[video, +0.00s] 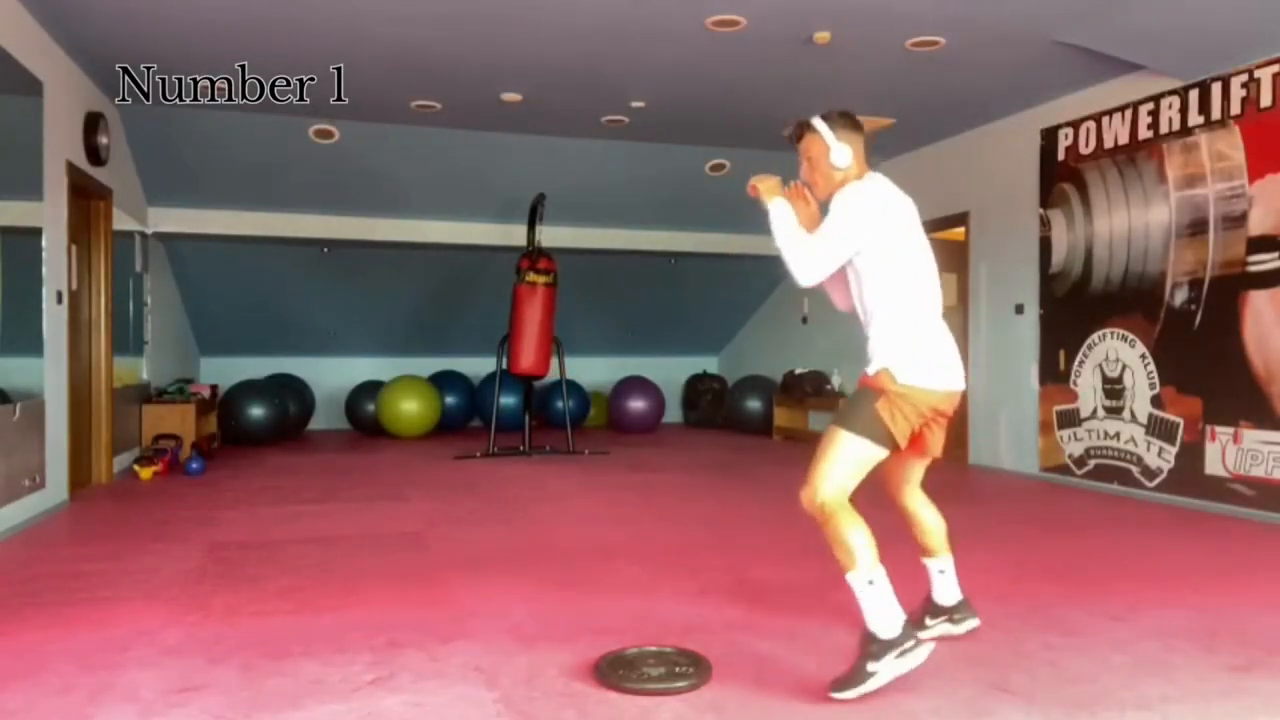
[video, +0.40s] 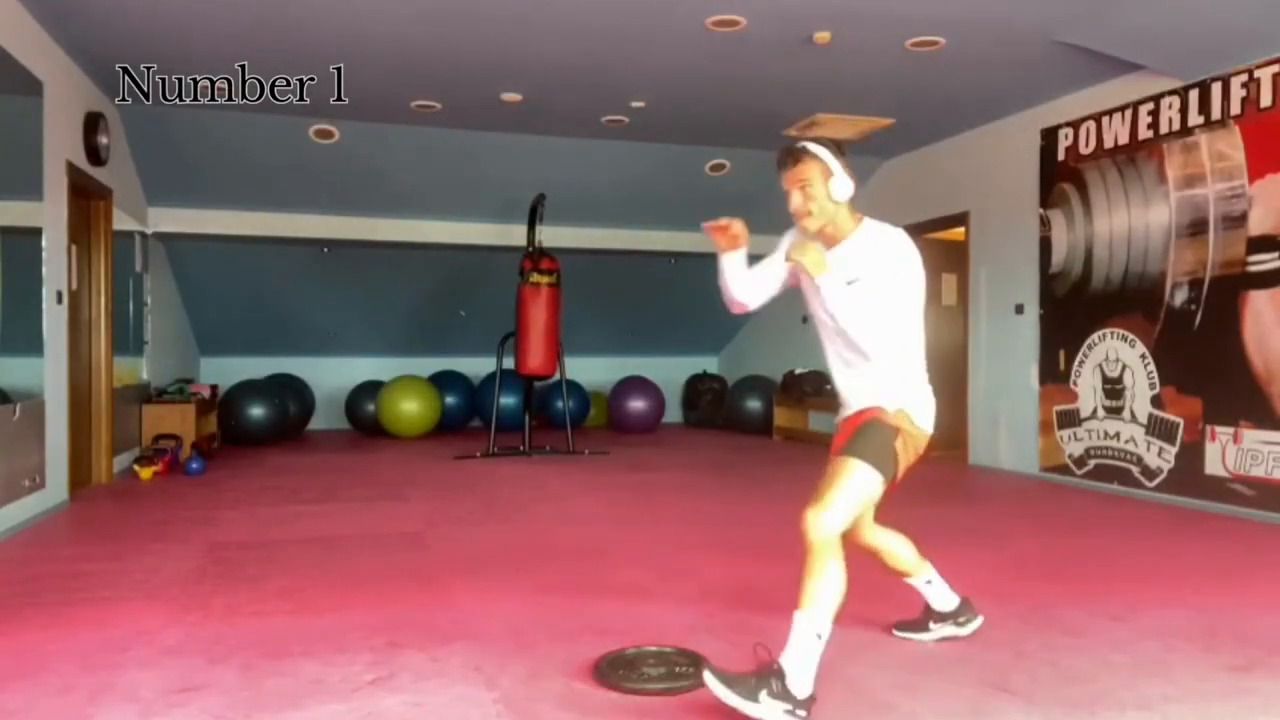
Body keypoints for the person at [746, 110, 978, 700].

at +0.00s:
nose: (805, 174)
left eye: (808, 161)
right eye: (803, 164)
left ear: (837, 153)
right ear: (852, 154)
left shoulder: (859, 200)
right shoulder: (890, 199)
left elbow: (805, 267)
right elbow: (852, 298)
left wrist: (775, 204)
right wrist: (809, 224)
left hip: (902, 375)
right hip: (940, 375)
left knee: (823, 494)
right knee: (906, 487)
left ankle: (890, 636)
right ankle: (950, 603)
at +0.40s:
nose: (796, 202)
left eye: (805, 188)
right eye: (789, 193)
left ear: (841, 186)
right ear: (789, 198)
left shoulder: (893, 248)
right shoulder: (802, 244)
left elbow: (889, 343)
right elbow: (742, 299)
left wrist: (821, 275)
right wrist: (733, 254)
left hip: (900, 406)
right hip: (856, 407)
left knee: (822, 523)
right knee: (859, 528)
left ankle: (793, 684)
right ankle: (950, 608)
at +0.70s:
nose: (719, 171)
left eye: (720, 156)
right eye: (715, 159)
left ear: (746, 145)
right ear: (781, 144)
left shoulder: (765, 198)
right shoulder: (843, 191)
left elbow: (728, 291)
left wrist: (698, 226)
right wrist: (746, 212)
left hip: (810, 392)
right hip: (881, 397)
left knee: (706, 505)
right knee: (855, 521)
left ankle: (735, 675)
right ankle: (923, 649)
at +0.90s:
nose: (707, 193)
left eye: (709, 181)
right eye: (707, 182)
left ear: (732, 175)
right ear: (771, 174)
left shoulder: (713, 227)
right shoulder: (836, 230)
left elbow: (663, 325)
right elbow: (821, 310)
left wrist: (672, 267)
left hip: (734, 436)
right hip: (826, 441)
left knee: (648, 560)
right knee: (871, 569)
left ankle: (582, 704)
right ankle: (919, 711)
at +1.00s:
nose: (672, 184)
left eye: (673, 173)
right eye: (673, 173)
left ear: (687, 171)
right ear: (736, 175)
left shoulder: (660, 225)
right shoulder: (794, 229)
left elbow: (625, 329)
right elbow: (782, 314)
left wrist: (674, 269)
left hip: (676, 432)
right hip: (774, 436)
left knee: (618, 552)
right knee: (850, 568)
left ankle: (576, 706)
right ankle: (918, 709)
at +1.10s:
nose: (718, 170)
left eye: (639, 160)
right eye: (718, 161)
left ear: (646, 158)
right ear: (712, 158)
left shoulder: (606, 201)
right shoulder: (730, 194)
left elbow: (584, 304)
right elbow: (747, 306)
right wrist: (707, 237)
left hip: (595, 404)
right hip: (685, 398)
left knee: (601, 543)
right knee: (785, 548)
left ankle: (572, 703)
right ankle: (847, 707)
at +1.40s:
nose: (621, 145)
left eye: (622, 132)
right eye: (620, 131)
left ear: (560, 122)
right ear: (603, 126)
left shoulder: (514, 171)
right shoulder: (571, 172)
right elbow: (614, 288)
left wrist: (591, 195)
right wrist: (626, 207)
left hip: (465, 401)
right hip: (464, 406)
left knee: (563, 517)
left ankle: (509, 687)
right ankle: (366, 713)